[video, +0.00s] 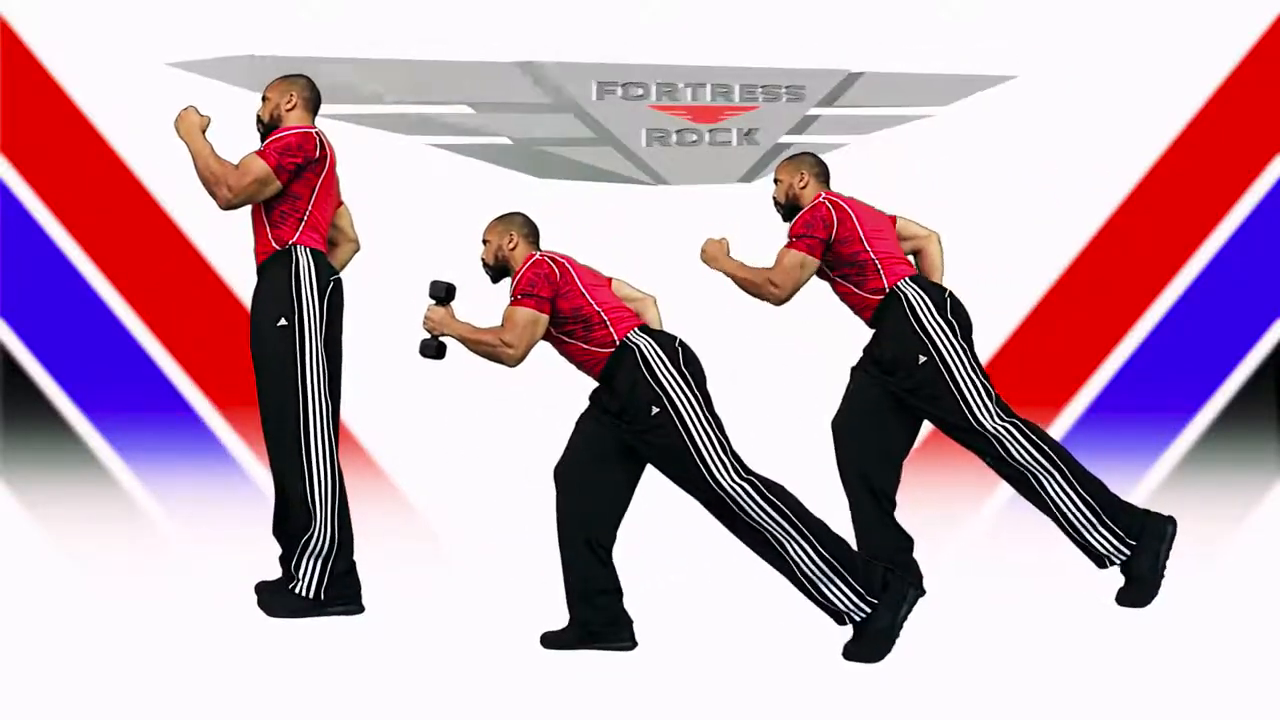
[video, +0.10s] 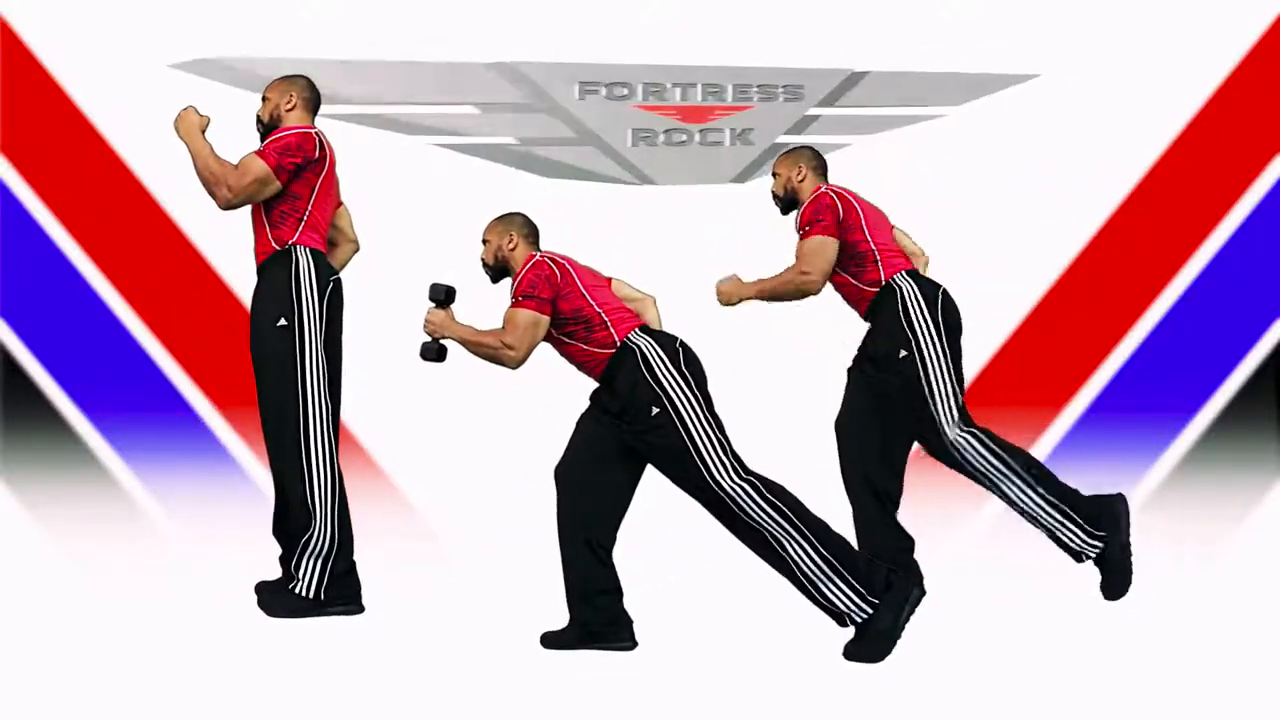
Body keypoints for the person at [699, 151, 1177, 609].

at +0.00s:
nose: (773, 192)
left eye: (780, 181)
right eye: (773, 184)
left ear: (809, 181)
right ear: (812, 185)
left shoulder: (819, 211)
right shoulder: (848, 213)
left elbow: (776, 289)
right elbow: (925, 239)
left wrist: (723, 263)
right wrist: (936, 312)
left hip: (916, 316)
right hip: (902, 327)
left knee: (994, 432)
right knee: (858, 439)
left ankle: (1135, 534)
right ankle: (892, 574)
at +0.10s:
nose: (772, 186)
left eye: (777, 176)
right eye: (771, 178)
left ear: (803, 173)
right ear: (810, 175)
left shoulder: (822, 203)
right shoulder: (847, 206)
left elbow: (808, 277)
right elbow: (914, 253)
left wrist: (747, 289)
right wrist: (908, 314)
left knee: (949, 433)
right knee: (860, 438)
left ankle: (1092, 526)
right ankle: (890, 575)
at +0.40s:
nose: (784, 159)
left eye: (789, 148)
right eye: (785, 151)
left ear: (814, 145)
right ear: (814, 149)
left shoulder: (848, 165)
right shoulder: (835, 206)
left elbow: (913, 195)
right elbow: (803, 270)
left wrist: (935, 269)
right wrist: (750, 241)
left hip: (900, 271)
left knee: (788, 317)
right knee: (884, 442)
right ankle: (897, 571)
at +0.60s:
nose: (792, 153)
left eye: (797, 143)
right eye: (791, 146)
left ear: (821, 139)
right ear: (821, 142)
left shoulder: (854, 161)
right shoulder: (837, 206)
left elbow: (925, 191)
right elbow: (794, 259)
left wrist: (956, 262)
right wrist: (748, 225)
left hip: (897, 276)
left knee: (777, 289)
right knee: (875, 434)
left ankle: (793, 418)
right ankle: (891, 566)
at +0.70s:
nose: (793, 153)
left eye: (798, 143)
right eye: (792, 146)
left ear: (822, 139)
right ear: (822, 143)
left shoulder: (854, 161)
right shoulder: (837, 203)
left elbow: (926, 192)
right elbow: (795, 258)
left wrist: (957, 263)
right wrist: (748, 225)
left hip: (897, 277)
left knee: (776, 294)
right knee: (873, 435)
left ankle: (789, 424)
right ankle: (890, 564)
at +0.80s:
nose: (793, 153)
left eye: (798, 143)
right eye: (793, 146)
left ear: (823, 139)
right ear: (822, 142)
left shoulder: (854, 162)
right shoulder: (838, 204)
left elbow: (927, 191)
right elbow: (794, 258)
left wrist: (960, 262)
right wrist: (747, 223)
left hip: (896, 277)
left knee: (777, 292)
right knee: (872, 435)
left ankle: (784, 421)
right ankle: (893, 567)